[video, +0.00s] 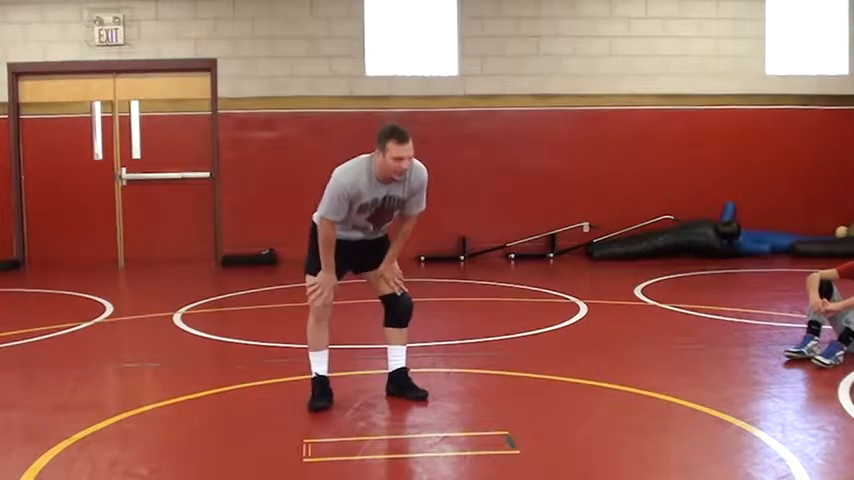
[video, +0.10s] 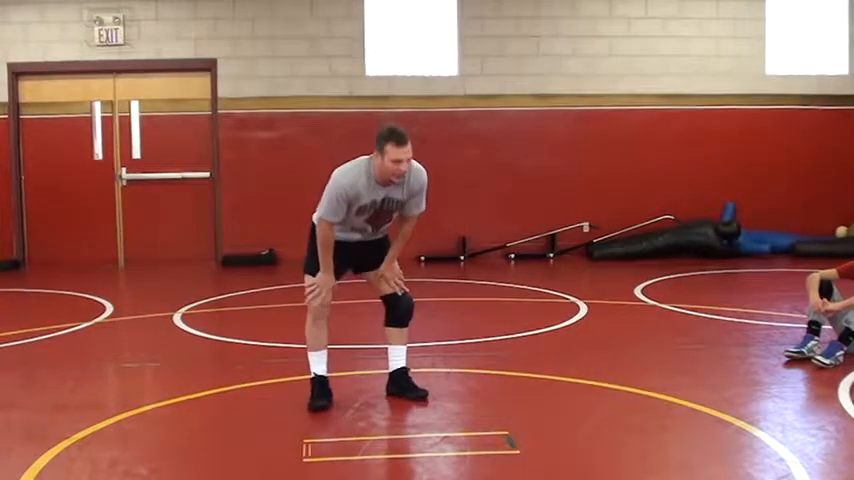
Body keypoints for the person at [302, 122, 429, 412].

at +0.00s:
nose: (405, 166)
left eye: (408, 158)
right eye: (398, 159)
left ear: (413, 155)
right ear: (378, 155)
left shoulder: (417, 175)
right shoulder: (346, 179)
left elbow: (408, 219)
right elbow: (326, 224)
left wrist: (390, 259)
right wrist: (328, 271)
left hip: (373, 239)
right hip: (332, 238)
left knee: (399, 303)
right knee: (320, 305)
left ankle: (398, 377)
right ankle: (320, 382)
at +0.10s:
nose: (403, 168)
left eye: (407, 161)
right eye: (396, 161)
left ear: (412, 156)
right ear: (378, 157)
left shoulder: (416, 177)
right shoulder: (345, 180)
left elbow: (409, 220)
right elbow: (324, 224)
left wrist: (391, 259)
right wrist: (326, 273)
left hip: (373, 240)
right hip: (332, 239)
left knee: (399, 303)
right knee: (318, 305)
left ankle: (398, 377)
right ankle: (319, 382)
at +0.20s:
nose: (402, 170)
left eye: (406, 162)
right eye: (395, 163)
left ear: (411, 158)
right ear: (376, 158)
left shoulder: (416, 178)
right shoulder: (344, 181)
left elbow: (409, 220)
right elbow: (323, 225)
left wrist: (391, 260)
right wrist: (325, 273)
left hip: (373, 241)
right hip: (332, 240)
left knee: (401, 302)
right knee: (316, 304)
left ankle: (398, 376)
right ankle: (318, 382)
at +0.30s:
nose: (402, 171)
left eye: (405, 164)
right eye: (395, 164)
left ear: (410, 159)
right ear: (376, 159)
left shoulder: (415, 178)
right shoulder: (344, 181)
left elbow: (408, 221)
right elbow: (324, 226)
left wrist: (391, 260)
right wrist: (327, 275)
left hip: (373, 241)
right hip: (332, 240)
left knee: (401, 303)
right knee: (315, 304)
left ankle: (398, 377)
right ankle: (318, 382)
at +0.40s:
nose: (401, 171)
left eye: (405, 164)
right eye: (394, 165)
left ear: (410, 159)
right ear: (375, 159)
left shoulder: (416, 178)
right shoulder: (344, 181)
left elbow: (408, 221)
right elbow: (324, 227)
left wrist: (392, 260)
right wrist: (328, 276)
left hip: (373, 241)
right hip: (332, 240)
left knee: (402, 303)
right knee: (315, 303)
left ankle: (398, 377)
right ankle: (317, 382)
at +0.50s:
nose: (402, 170)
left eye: (406, 162)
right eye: (395, 163)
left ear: (411, 157)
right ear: (376, 157)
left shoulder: (417, 176)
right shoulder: (345, 180)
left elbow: (409, 220)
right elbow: (325, 227)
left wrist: (393, 260)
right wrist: (327, 276)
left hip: (374, 240)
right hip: (333, 239)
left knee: (402, 303)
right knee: (315, 304)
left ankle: (398, 377)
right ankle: (317, 382)